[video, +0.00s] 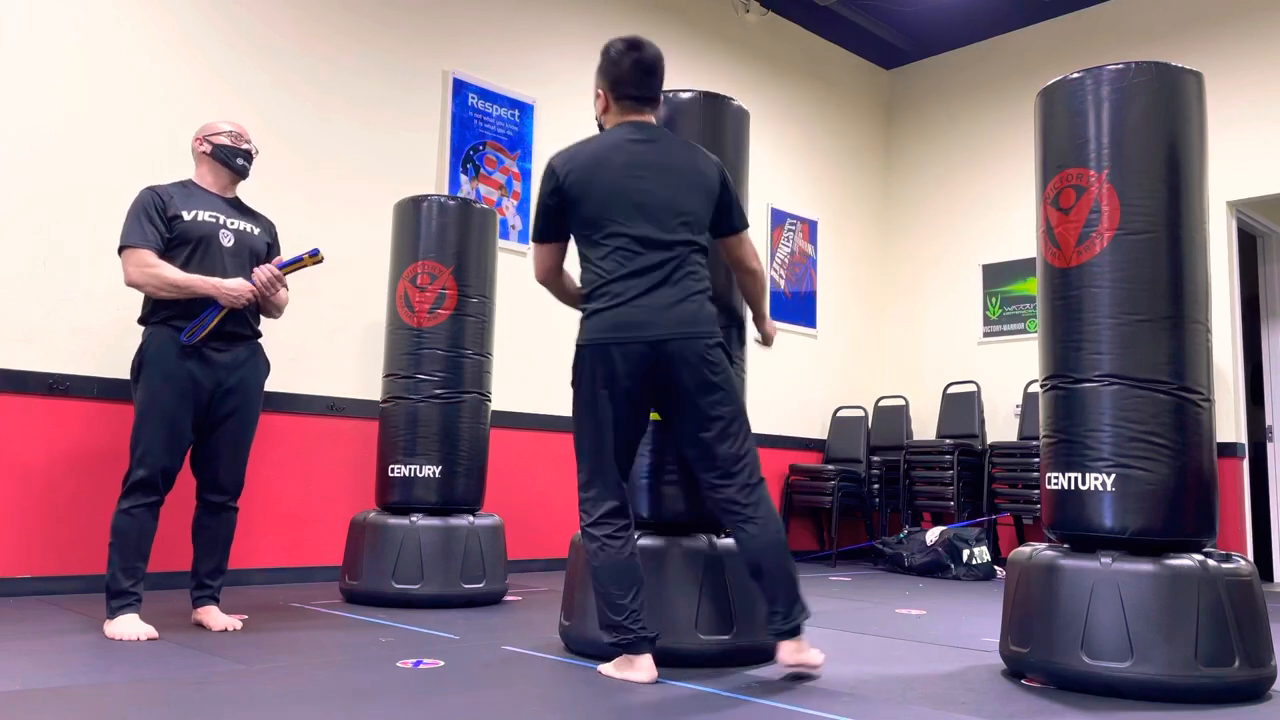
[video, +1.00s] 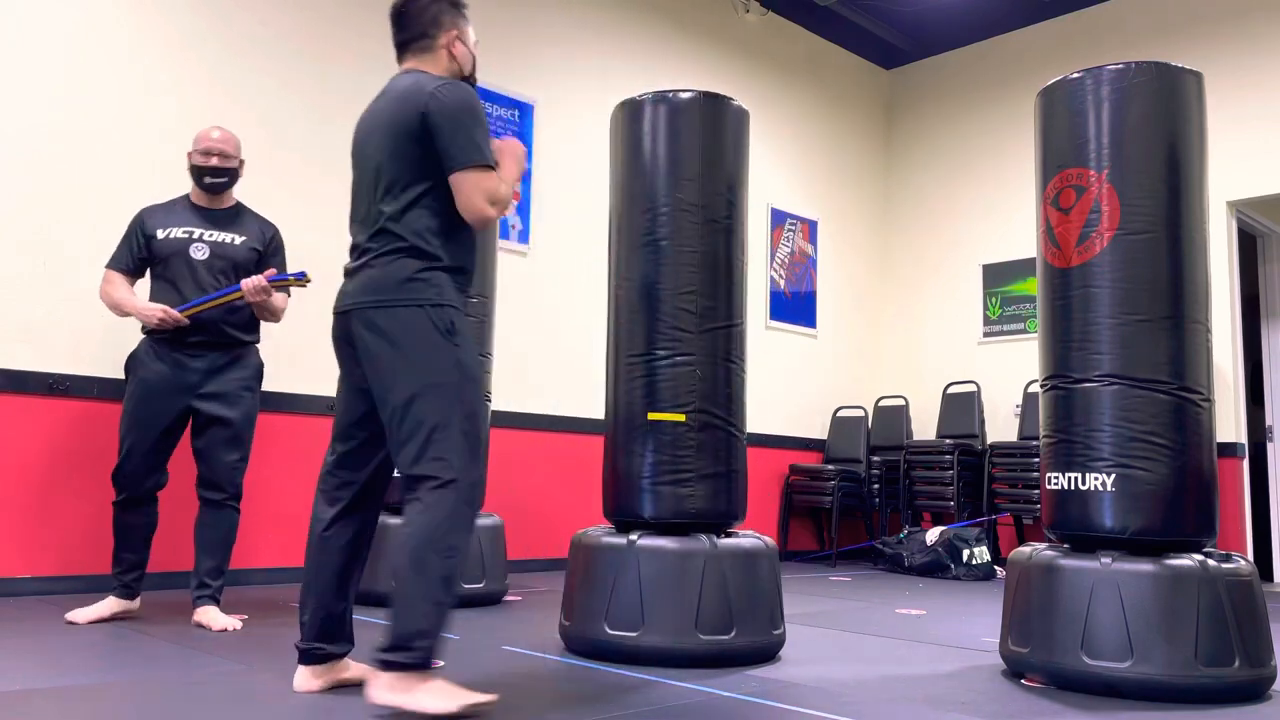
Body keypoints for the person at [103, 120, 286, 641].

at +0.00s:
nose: (246, 147)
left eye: (250, 143)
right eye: (234, 138)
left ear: (251, 162)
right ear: (201, 146)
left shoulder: (262, 227)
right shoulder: (160, 199)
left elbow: (277, 307)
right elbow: (137, 269)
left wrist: (271, 292)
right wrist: (215, 287)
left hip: (241, 362)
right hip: (173, 356)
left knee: (222, 490)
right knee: (147, 481)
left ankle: (206, 601)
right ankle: (124, 608)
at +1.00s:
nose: (213, 162)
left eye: (223, 156)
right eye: (205, 154)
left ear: (240, 165)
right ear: (189, 160)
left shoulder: (262, 233)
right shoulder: (153, 220)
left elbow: (277, 311)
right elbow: (111, 285)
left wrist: (262, 298)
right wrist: (139, 308)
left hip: (230, 372)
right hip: (160, 367)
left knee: (222, 487)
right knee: (134, 479)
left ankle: (207, 602)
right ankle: (124, 593)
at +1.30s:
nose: (131, 177)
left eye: (141, 168)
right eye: (126, 167)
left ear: (175, 166)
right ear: (125, 165)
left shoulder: (219, 226)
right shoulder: (114, 229)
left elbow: (245, 299)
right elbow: (73, 293)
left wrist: (213, 292)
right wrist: (93, 320)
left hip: (194, 371)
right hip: (127, 370)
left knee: (200, 485)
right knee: (123, 486)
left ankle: (204, 600)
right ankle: (125, 597)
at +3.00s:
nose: (213, 171)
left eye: (220, 167)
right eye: (204, 162)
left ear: (227, 181)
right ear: (178, 168)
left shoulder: (241, 238)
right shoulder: (134, 229)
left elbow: (264, 307)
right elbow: (106, 298)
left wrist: (212, 295)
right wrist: (146, 298)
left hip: (209, 372)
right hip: (142, 370)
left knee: (201, 485)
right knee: (132, 481)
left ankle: (189, 594)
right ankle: (126, 595)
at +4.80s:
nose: (130, 181)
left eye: (139, 177)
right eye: (121, 172)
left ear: (147, 189)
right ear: (98, 178)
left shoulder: (163, 246)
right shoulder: (56, 237)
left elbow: (181, 314)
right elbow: (25, 301)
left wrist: (135, 292)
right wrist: (65, 298)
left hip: (133, 381)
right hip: (67, 378)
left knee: (132, 481)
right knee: (68, 483)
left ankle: (135, 589)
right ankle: (71, 586)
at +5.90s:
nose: (99, 182)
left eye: (106, 177)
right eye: (89, 173)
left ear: (112, 187)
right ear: (60, 178)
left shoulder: (127, 242)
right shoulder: (19, 240)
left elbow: (148, 310)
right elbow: (1, 307)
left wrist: (96, 287)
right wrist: (25, 302)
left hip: (97, 367)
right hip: (35, 369)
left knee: (71, 463)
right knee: (44, 474)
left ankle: (60, 586)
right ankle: (67, 579)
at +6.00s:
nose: (96, 181)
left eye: (103, 176)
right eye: (86, 172)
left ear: (108, 186)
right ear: (56, 177)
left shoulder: (122, 241)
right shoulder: (15, 239)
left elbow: (143, 309)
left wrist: (90, 286)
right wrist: (17, 301)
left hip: (90, 366)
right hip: (28, 367)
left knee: (55, 463)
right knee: (45, 472)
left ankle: (32, 585)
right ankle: (68, 583)